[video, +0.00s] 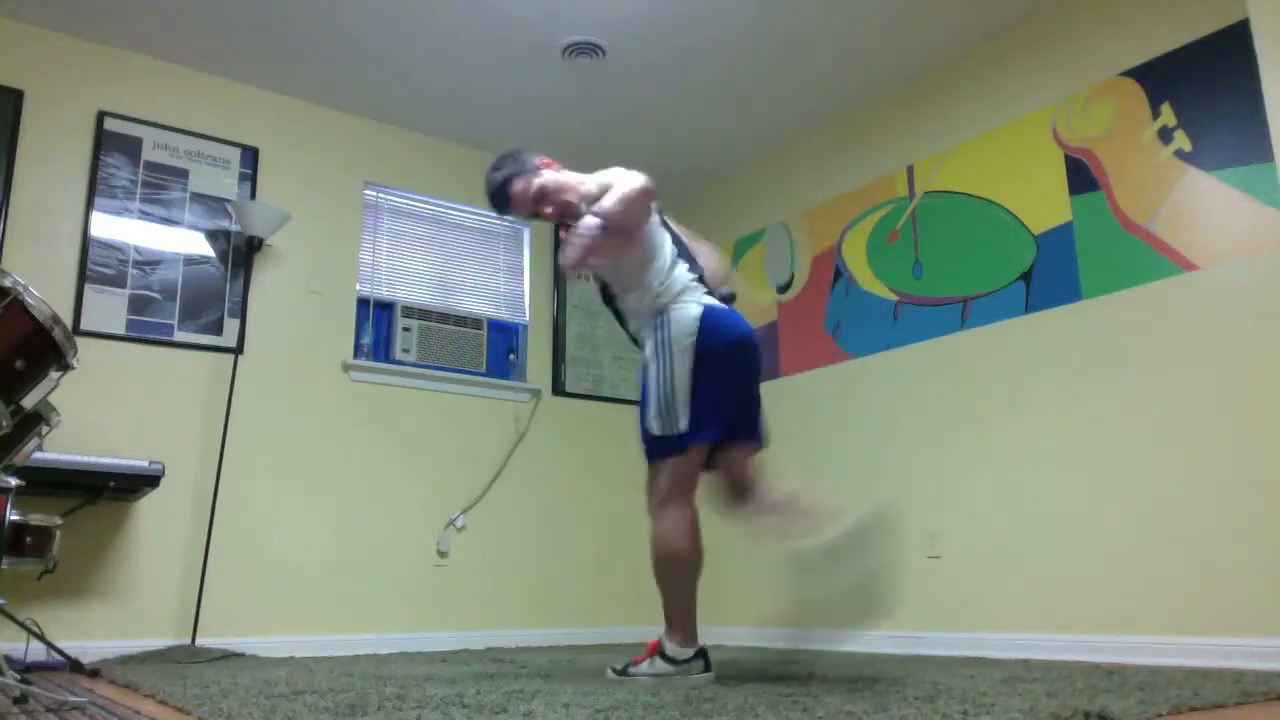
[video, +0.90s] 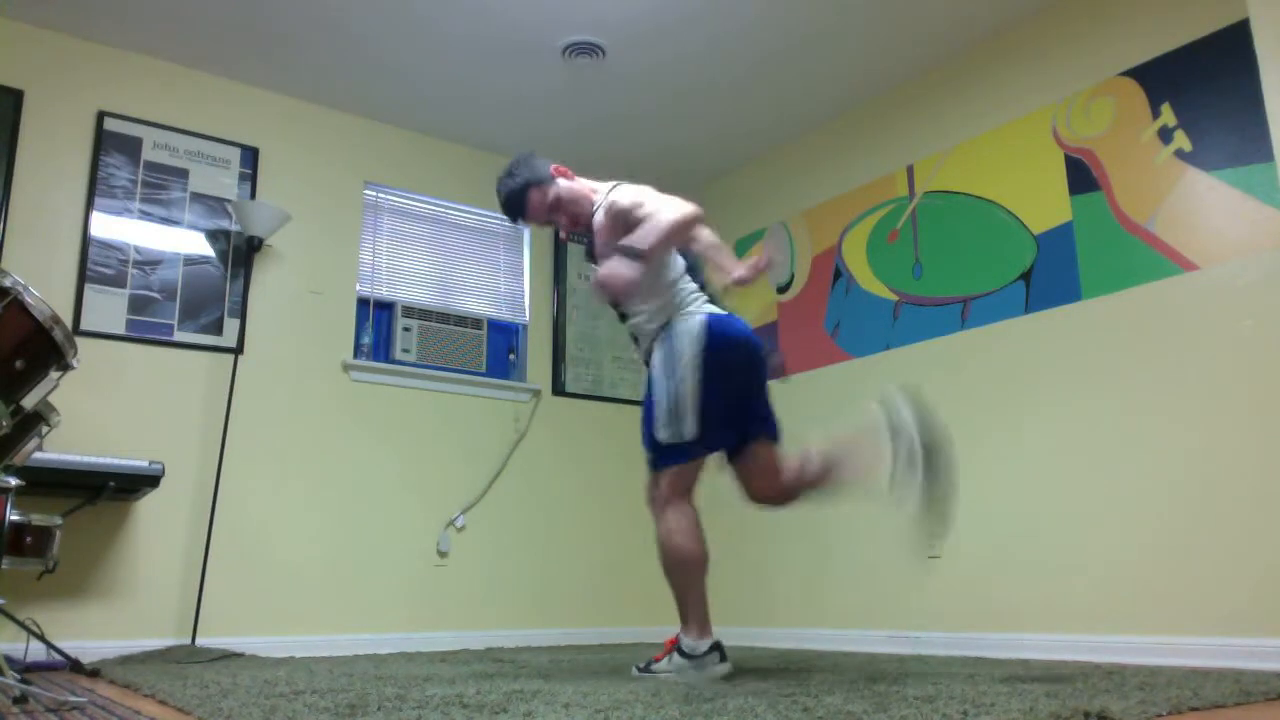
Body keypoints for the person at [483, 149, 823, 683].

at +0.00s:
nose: (547, 210)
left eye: (540, 196)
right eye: (535, 213)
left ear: (549, 164)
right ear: (531, 215)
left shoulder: (601, 183)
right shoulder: (608, 212)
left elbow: (639, 191)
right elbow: (705, 258)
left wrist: (593, 227)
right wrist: (723, 289)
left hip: (685, 335)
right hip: (723, 332)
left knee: (670, 498)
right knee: (740, 489)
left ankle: (680, 648)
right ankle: (840, 525)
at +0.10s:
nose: (547, 203)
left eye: (540, 189)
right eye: (536, 205)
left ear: (548, 160)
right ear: (530, 212)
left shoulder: (592, 179)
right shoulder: (604, 196)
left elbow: (650, 185)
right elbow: (680, 210)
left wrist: (618, 216)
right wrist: (728, 254)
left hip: (668, 325)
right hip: (723, 319)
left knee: (660, 493)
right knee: (775, 464)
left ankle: (682, 645)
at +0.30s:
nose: (549, 233)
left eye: (543, 218)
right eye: (538, 231)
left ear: (557, 185)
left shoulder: (607, 198)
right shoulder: (605, 233)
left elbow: (649, 232)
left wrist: (607, 292)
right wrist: (592, 310)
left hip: (695, 344)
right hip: (745, 345)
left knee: (659, 504)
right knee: (718, 506)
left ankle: (697, 648)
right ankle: (745, 564)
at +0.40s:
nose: (545, 244)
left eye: (536, 230)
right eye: (533, 241)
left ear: (547, 194)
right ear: (553, 193)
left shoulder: (606, 217)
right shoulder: (623, 212)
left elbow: (643, 240)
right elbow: (695, 232)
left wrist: (598, 289)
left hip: (695, 354)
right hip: (724, 353)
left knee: (659, 503)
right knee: (704, 511)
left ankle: (695, 645)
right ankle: (774, 608)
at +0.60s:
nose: (548, 201)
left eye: (542, 189)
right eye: (538, 200)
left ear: (556, 156)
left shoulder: (609, 178)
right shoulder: (608, 195)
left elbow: (667, 190)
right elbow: (630, 243)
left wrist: (681, 232)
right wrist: (585, 237)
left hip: (678, 317)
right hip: (723, 309)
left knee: (648, 477)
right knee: (728, 472)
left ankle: (685, 624)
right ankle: (759, 365)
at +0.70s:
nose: (561, 207)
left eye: (555, 194)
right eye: (552, 205)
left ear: (568, 161)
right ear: (551, 200)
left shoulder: (619, 183)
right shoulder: (612, 207)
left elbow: (669, 199)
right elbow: (629, 267)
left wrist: (663, 242)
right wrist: (575, 277)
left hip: (686, 331)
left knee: (658, 489)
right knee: (711, 485)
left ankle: (695, 641)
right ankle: (706, 393)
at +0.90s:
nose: (560, 223)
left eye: (556, 209)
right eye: (548, 223)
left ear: (562, 176)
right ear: (541, 221)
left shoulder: (614, 201)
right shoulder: (617, 212)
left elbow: (682, 213)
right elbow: (689, 230)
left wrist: (632, 257)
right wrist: (730, 266)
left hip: (689, 340)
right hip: (717, 335)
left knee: (670, 498)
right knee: (769, 483)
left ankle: (697, 645)